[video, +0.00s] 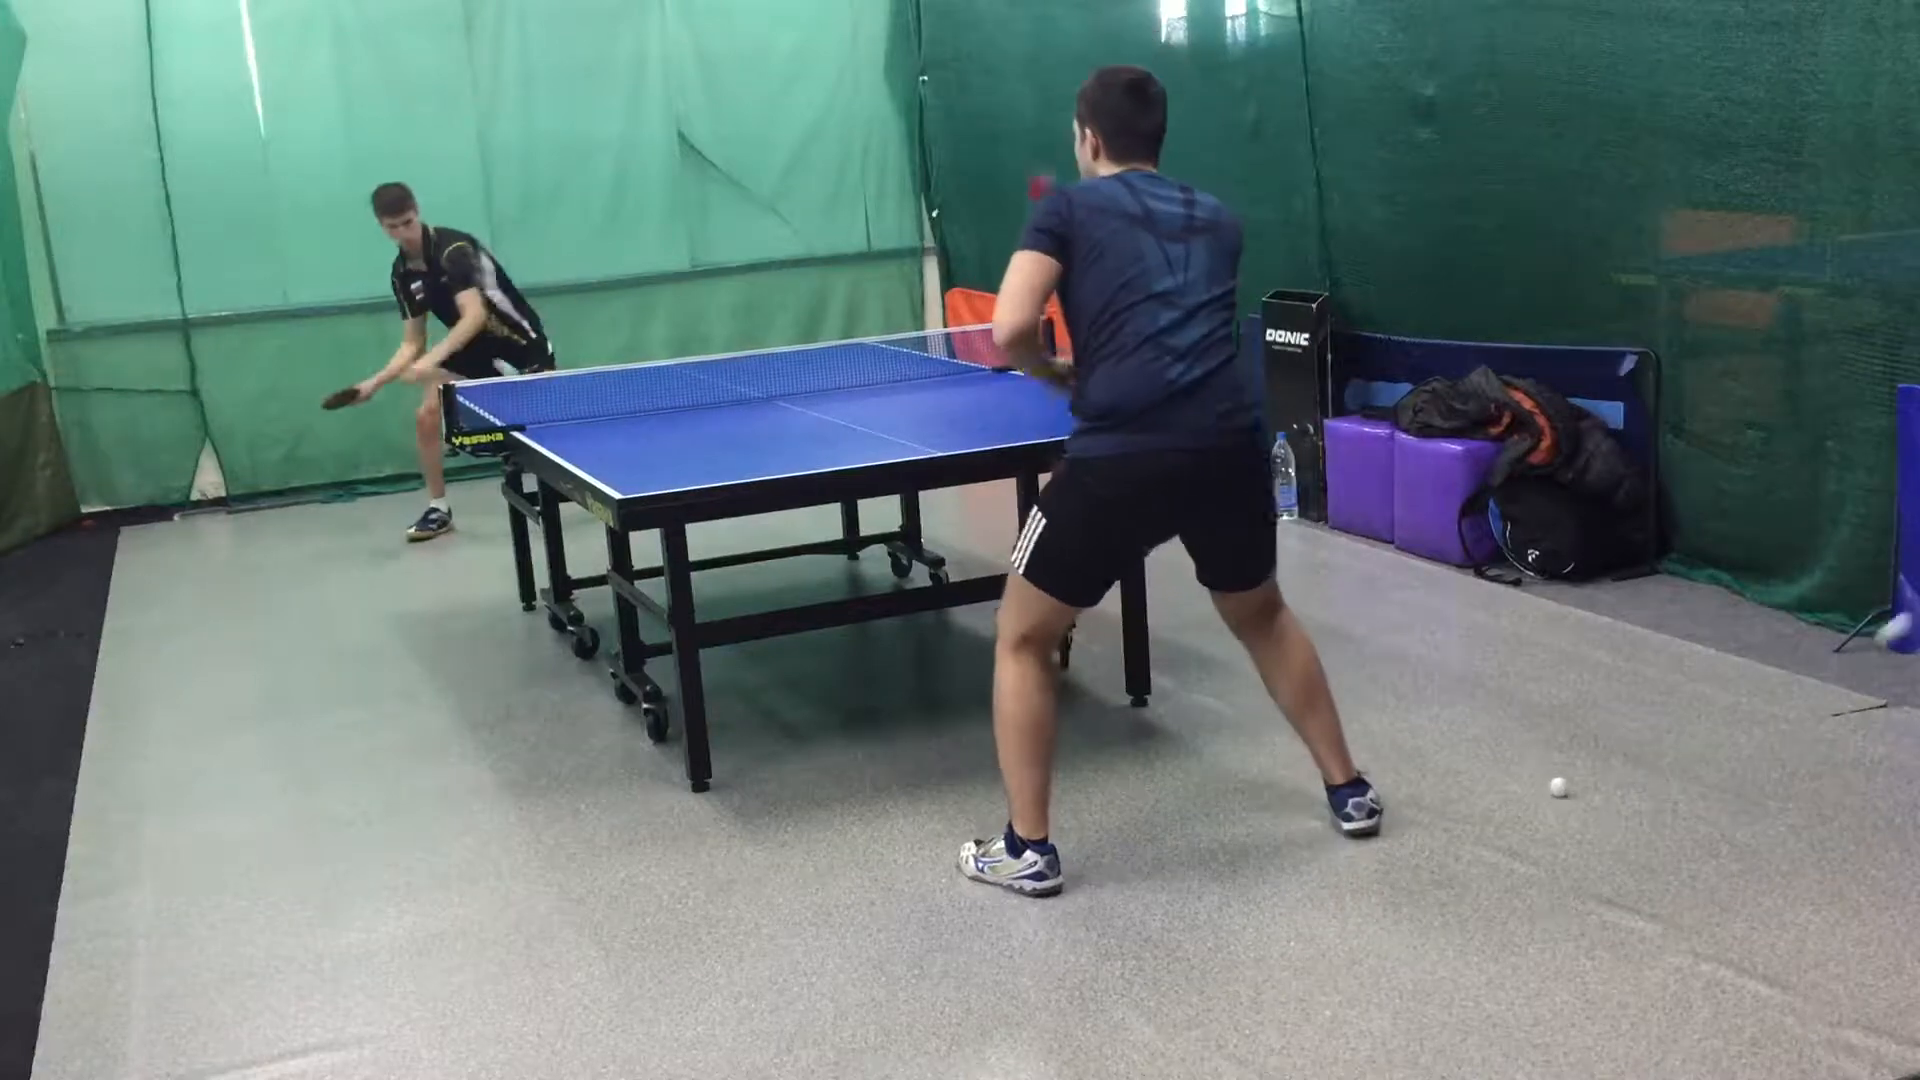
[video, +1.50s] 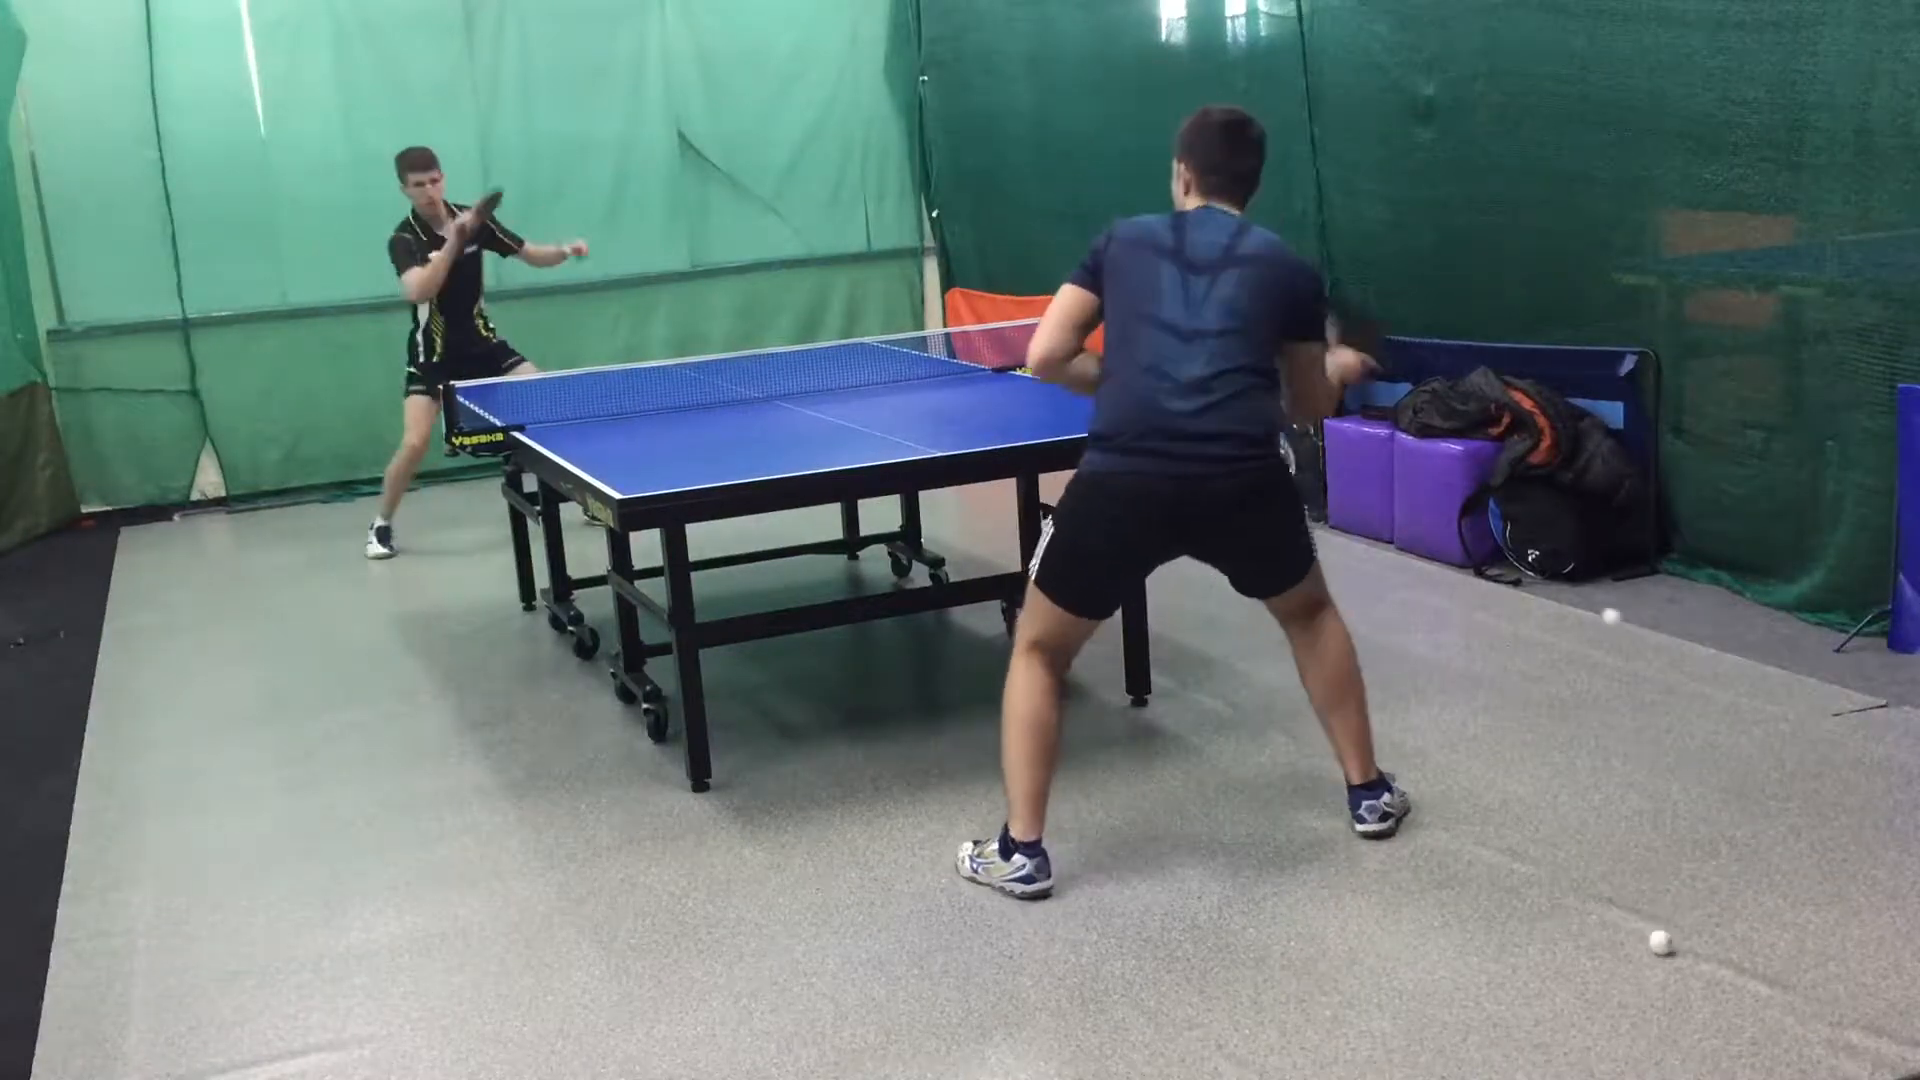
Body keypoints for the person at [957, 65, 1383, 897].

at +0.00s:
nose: (1075, 145)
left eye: (1075, 134)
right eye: (1081, 133)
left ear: (1087, 139)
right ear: (1159, 139)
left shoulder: (1069, 207)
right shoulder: (1215, 215)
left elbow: (1013, 327)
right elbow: (1204, 324)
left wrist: (1053, 370)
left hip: (1120, 465)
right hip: (1228, 457)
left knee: (1024, 639)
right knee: (1265, 618)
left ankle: (1028, 845)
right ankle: (1349, 791)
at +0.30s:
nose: (1128, 141)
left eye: (1128, 130)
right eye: (1134, 129)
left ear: (1138, 135)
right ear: (1209, 136)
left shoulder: (1098, 204)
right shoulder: (1263, 215)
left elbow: (1030, 319)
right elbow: (1291, 357)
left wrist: (1096, 331)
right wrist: (1314, 403)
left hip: (1124, 448)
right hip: (1239, 447)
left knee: (1036, 623)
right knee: (1289, 610)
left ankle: (1021, 825)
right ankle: (1351, 792)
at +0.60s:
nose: (1164, 187)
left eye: (1164, 177)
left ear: (1172, 184)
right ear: (1244, 192)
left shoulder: (1114, 247)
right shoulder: (1276, 270)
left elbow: (1036, 358)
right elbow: (1292, 414)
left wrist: (1115, 379)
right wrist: (1326, 385)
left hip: (1111, 493)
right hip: (1232, 493)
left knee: (1029, 646)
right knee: (1301, 613)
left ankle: (1024, 842)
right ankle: (1348, 791)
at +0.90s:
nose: (1137, 144)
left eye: (1138, 133)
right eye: (1144, 133)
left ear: (1146, 138)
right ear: (1216, 142)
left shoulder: (1116, 204)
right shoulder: (1266, 220)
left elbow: (1051, 324)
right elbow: (1244, 326)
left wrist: (1109, 339)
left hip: (1158, 458)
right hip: (1268, 452)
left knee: (1049, 633)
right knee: (1293, 613)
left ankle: (1039, 840)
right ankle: (1370, 787)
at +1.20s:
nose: (1111, 134)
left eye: (1112, 123)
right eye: (1114, 122)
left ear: (1126, 128)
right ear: (1197, 131)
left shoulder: (1091, 199)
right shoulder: (1251, 209)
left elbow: (1027, 314)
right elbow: (1275, 356)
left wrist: (1087, 339)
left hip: (1132, 452)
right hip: (1244, 449)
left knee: (1040, 634)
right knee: (1284, 611)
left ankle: (1033, 840)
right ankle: (1366, 790)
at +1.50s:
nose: (1176, 178)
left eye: (1176, 168)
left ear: (1182, 175)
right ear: (1255, 184)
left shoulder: (1122, 242)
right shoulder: (1287, 271)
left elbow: (1047, 355)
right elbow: (1310, 407)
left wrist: (1116, 381)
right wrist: (1330, 367)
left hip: (1122, 490)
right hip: (1242, 490)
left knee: (1040, 649)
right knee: (1309, 617)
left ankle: (1023, 847)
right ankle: (1367, 791)